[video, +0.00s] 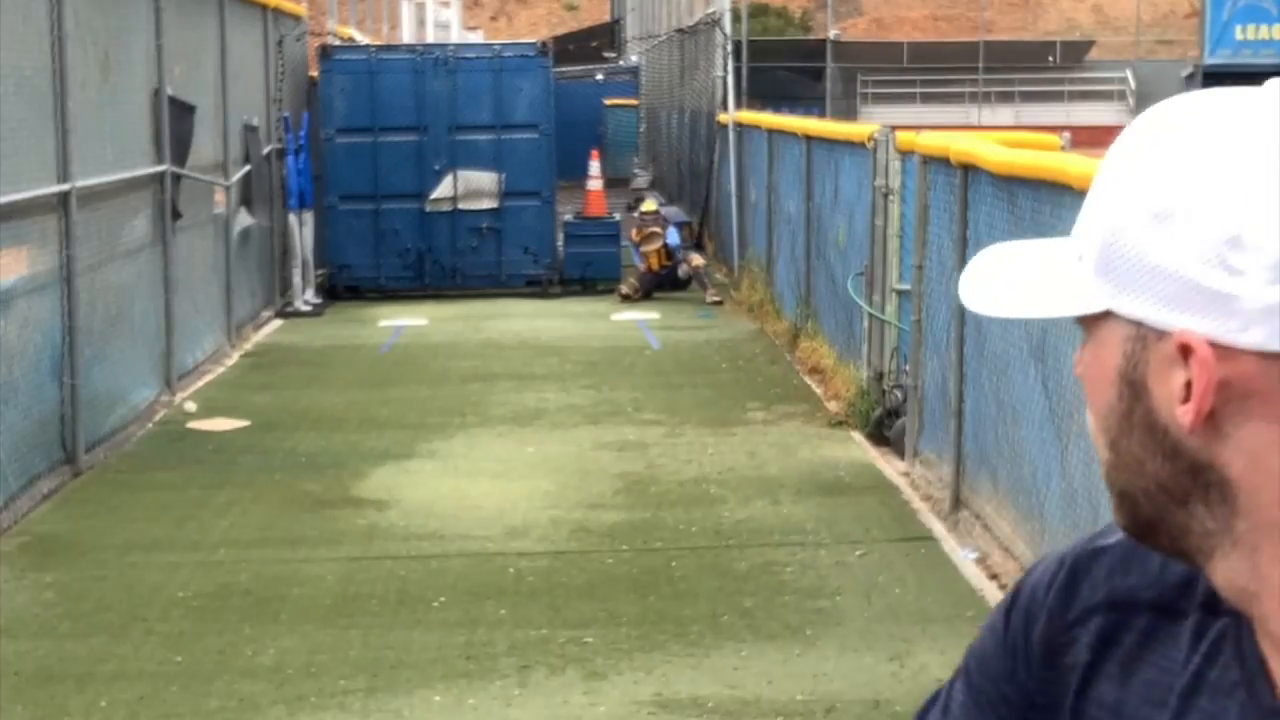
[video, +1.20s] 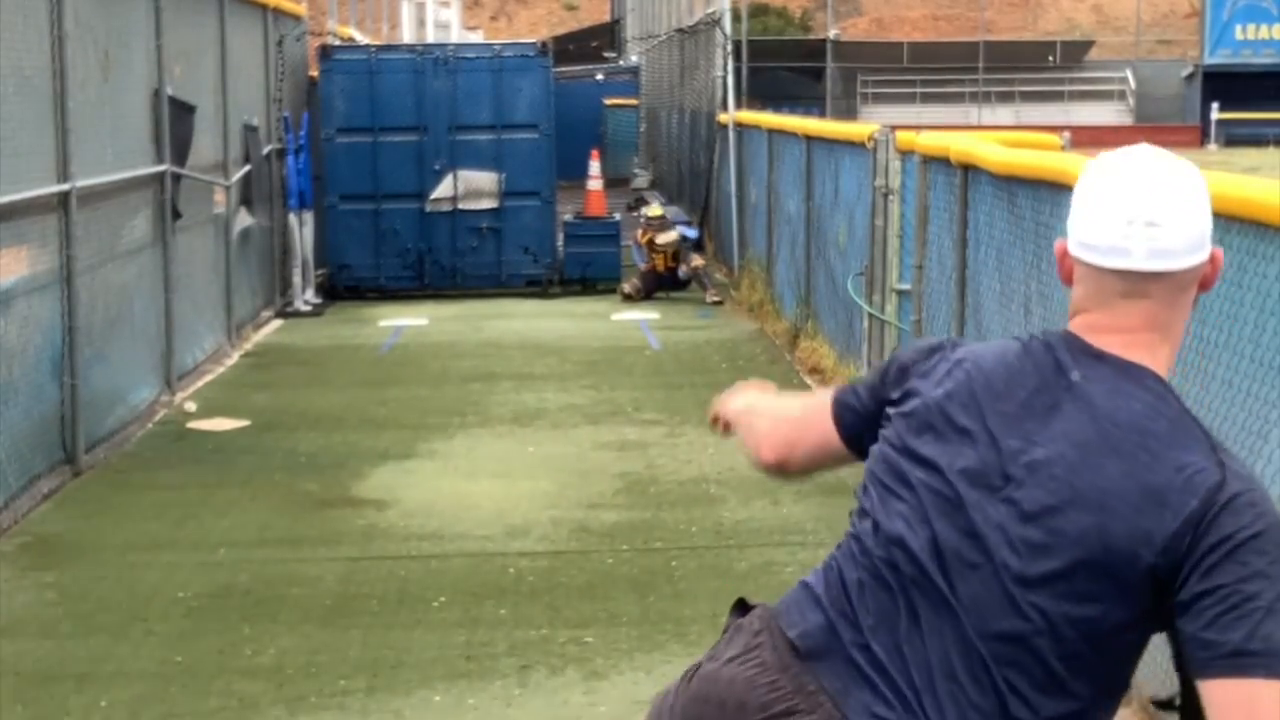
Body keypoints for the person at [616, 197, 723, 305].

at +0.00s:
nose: (649, 222)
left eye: (653, 218)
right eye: (645, 218)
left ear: (659, 217)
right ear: (640, 218)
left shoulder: (669, 230)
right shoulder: (636, 234)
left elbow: (677, 251)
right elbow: (635, 255)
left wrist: (689, 257)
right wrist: (642, 265)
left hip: (672, 269)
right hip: (651, 271)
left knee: (692, 263)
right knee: (644, 281)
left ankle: (710, 292)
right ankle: (634, 290)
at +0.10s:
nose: (651, 223)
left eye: (654, 219)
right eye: (647, 220)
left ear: (660, 219)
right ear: (642, 221)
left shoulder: (670, 232)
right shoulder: (637, 235)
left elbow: (677, 249)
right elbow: (635, 253)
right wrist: (641, 265)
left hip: (673, 270)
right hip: (652, 271)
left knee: (693, 260)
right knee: (644, 282)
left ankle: (710, 292)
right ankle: (633, 290)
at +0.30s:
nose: (652, 227)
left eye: (655, 223)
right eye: (648, 223)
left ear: (661, 222)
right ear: (642, 224)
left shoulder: (669, 235)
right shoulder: (637, 239)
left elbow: (686, 256)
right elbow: (639, 261)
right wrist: (647, 272)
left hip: (675, 274)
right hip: (653, 276)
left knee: (695, 262)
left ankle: (710, 292)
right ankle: (634, 289)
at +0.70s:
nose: (652, 227)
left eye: (656, 222)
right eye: (648, 223)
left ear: (662, 223)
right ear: (642, 225)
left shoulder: (671, 237)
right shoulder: (639, 240)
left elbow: (688, 256)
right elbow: (639, 259)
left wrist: (668, 266)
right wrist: (645, 268)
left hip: (674, 275)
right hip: (652, 275)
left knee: (695, 263)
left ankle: (710, 292)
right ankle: (631, 290)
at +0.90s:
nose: (650, 230)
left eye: (654, 226)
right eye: (647, 226)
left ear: (663, 226)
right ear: (643, 226)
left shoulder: (674, 237)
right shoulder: (641, 239)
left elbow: (689, 249)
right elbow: (639, 260)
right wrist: (643, 267)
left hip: (676, 273)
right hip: (654, 273)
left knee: (696, 262)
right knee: (643, 282)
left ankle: (710, 293)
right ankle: (631, 290)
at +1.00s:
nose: (654, 223)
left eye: (657, 219)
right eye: (650, 220)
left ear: (663, 220)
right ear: (643, 221)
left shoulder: (671, 232)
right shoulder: (639, 238)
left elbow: (692, 238)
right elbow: (641, 263)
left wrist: (673, 243)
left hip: (676, 273)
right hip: (653, 274)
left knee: (695, 259)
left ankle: (710, 293)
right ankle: (631, 290)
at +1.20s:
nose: (657, 224)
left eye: (660, 220)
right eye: (652, 221)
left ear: (665, 220)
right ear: (645, 223)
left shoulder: (675, 232)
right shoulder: (642, 235)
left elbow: (696, 235)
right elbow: (635, 247)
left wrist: (678, 230)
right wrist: (641, 263)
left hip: (676, 274)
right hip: (654, 274)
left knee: (694, 261)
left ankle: (711, 293)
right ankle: (632, 290)